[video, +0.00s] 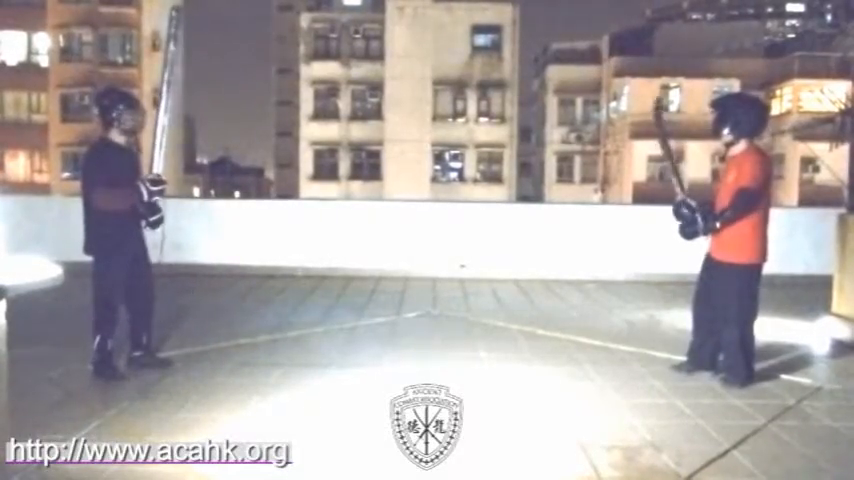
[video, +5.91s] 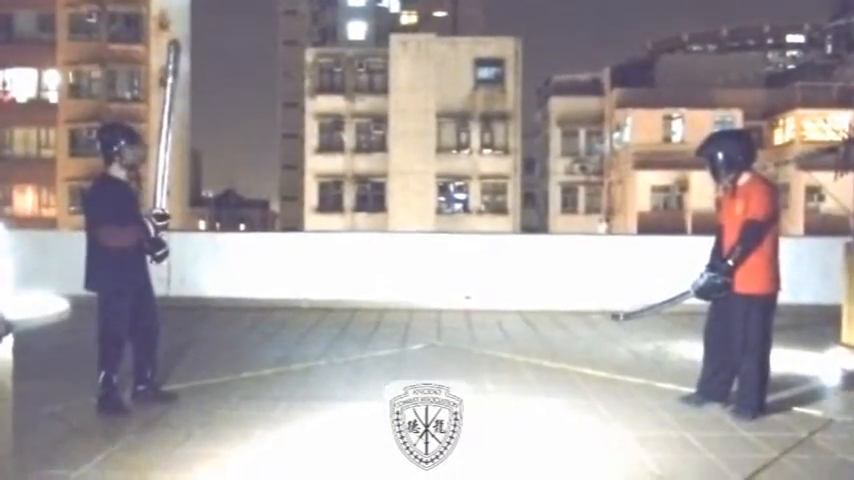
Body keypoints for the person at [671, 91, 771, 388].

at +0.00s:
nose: (718, 128)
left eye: (722, 121)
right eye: (719, 121)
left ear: (737, 125)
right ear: (738, 125)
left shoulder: (753, 160)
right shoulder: (731, 159)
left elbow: (746, 200)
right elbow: (726, 202)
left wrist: (713, 222)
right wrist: (702, 213)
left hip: (743, 253)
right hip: (721, 249)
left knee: (736, 313)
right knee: (705, 305)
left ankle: (737, 369)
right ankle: (701, 357)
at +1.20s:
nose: (719, 150)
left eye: (724, 143)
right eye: (719, 143)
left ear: (740, 145)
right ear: (726, 146)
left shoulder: (756, 182)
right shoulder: (727, 183)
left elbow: (753, 224)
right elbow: (719, 225)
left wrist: (725, 257)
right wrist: (703, 254)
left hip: (749, 276)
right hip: (724, 272)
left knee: (744, 336)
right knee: (715, 329)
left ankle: (744, 393)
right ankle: (708, 382)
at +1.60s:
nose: (706, 192)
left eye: (710, 185)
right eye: (705, 186)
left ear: (727, 182)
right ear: (711, 185)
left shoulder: (754, 212)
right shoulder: (719, 218)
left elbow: (746, 255)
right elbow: (717, 259)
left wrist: (721, 288)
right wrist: (710, 291)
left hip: (756, 306)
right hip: (729, 304)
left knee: (753, 367)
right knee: (717, 361)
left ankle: (749, 422)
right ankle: (709, 411)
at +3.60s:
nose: (718, 188)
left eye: (721, 181)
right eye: (717, 182)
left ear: (736, 178)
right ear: (733, 180)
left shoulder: (766, 207)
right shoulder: (736, 212)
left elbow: (760, 249)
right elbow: (730, 255)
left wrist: (733, 285)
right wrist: (719, 286)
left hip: (764, 302)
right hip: (739, 300)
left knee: (761, 363)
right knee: (727, 356)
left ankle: (757, 420)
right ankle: (719, 408)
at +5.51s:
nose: (710, 183)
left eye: (713, 176)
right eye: (709, 177)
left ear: (729, 173)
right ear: (725, 175)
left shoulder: (760, 203)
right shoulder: (727, 206)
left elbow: (752, 246)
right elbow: (722, 248)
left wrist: (725, 281)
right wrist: (711, 280)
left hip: (755, 295)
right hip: (730, 292)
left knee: (752, 357)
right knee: (719, 349)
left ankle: (750, 414)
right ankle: (712, 402)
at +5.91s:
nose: (711, 170)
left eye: (714, 163)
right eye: (710, 164)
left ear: (730, 161)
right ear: (726, 163)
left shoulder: (760, 190)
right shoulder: (727, 194)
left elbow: (754, 232)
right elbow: (722, 236)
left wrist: (727, 267)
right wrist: (712, 268)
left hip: (755, 283)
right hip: (730, 281)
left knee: (751, 345)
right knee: (719, 337)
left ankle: (749, 401)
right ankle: (712, 389)